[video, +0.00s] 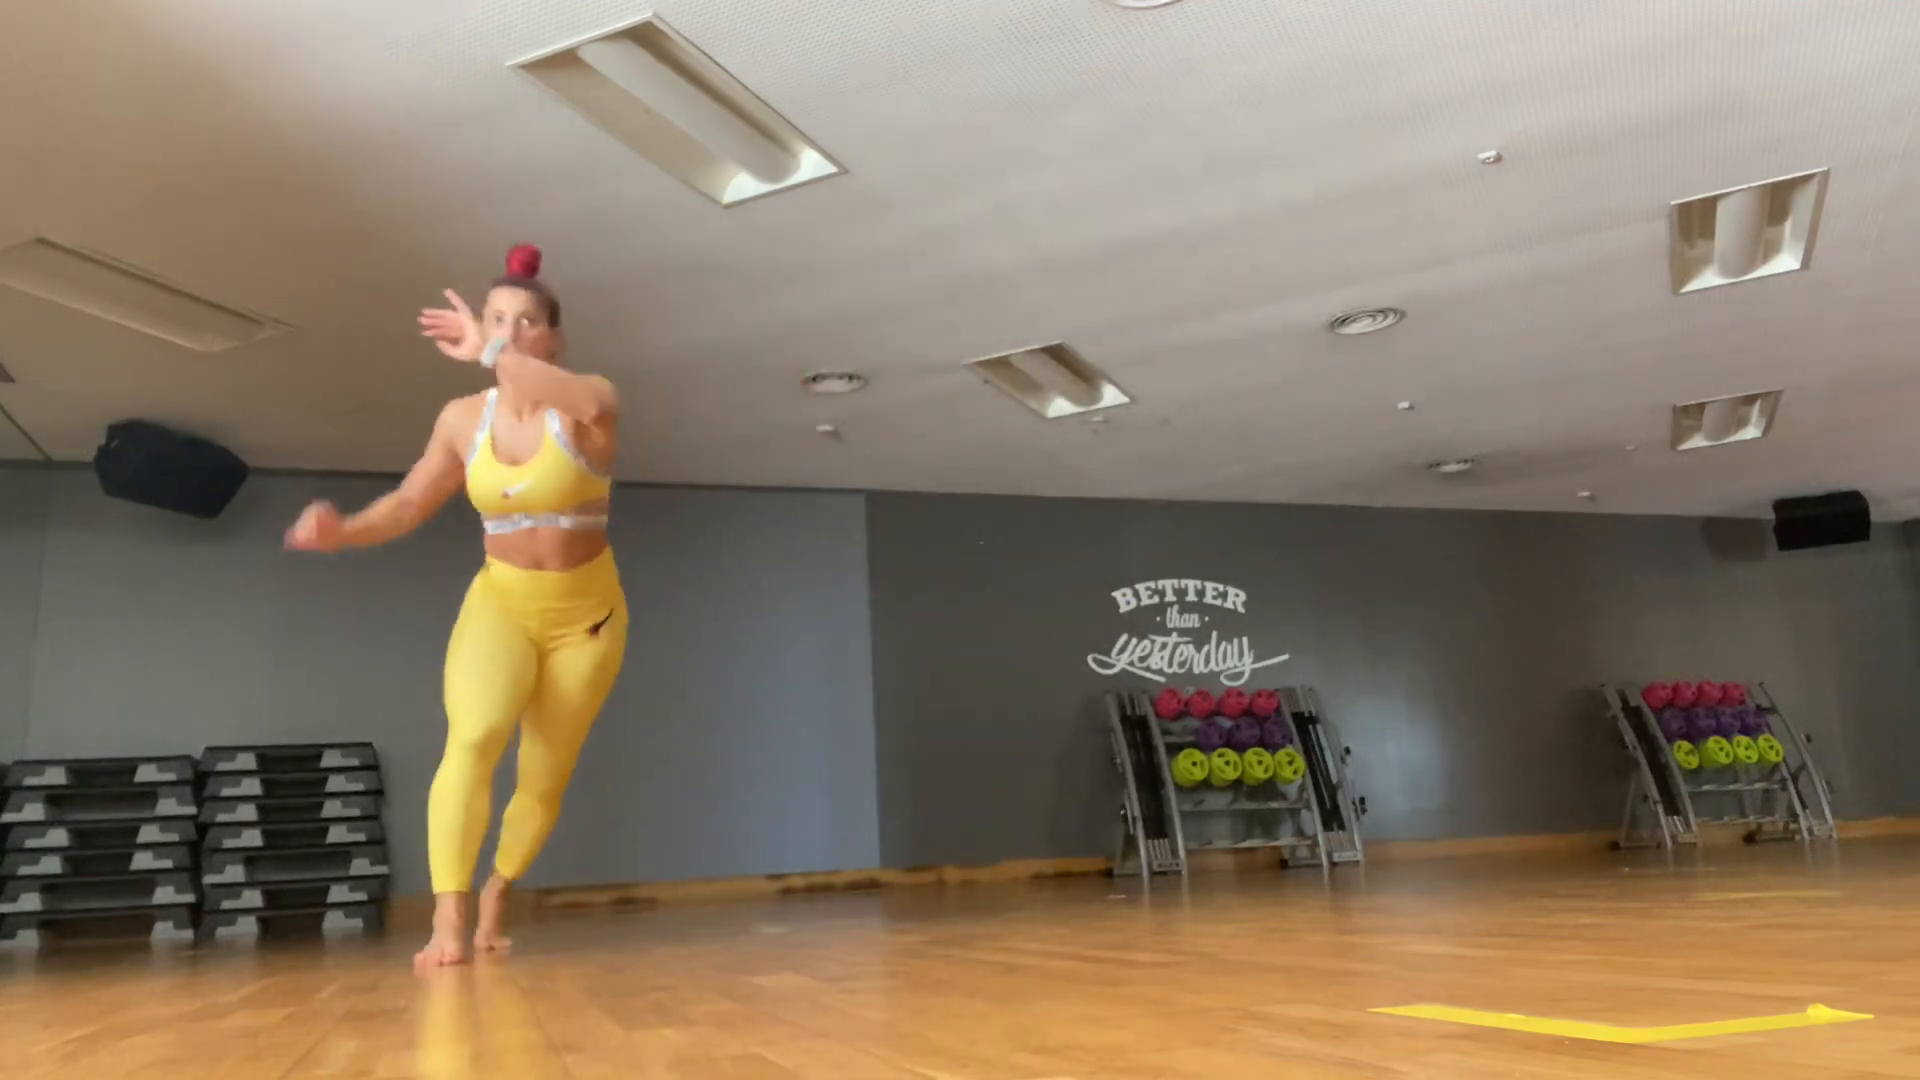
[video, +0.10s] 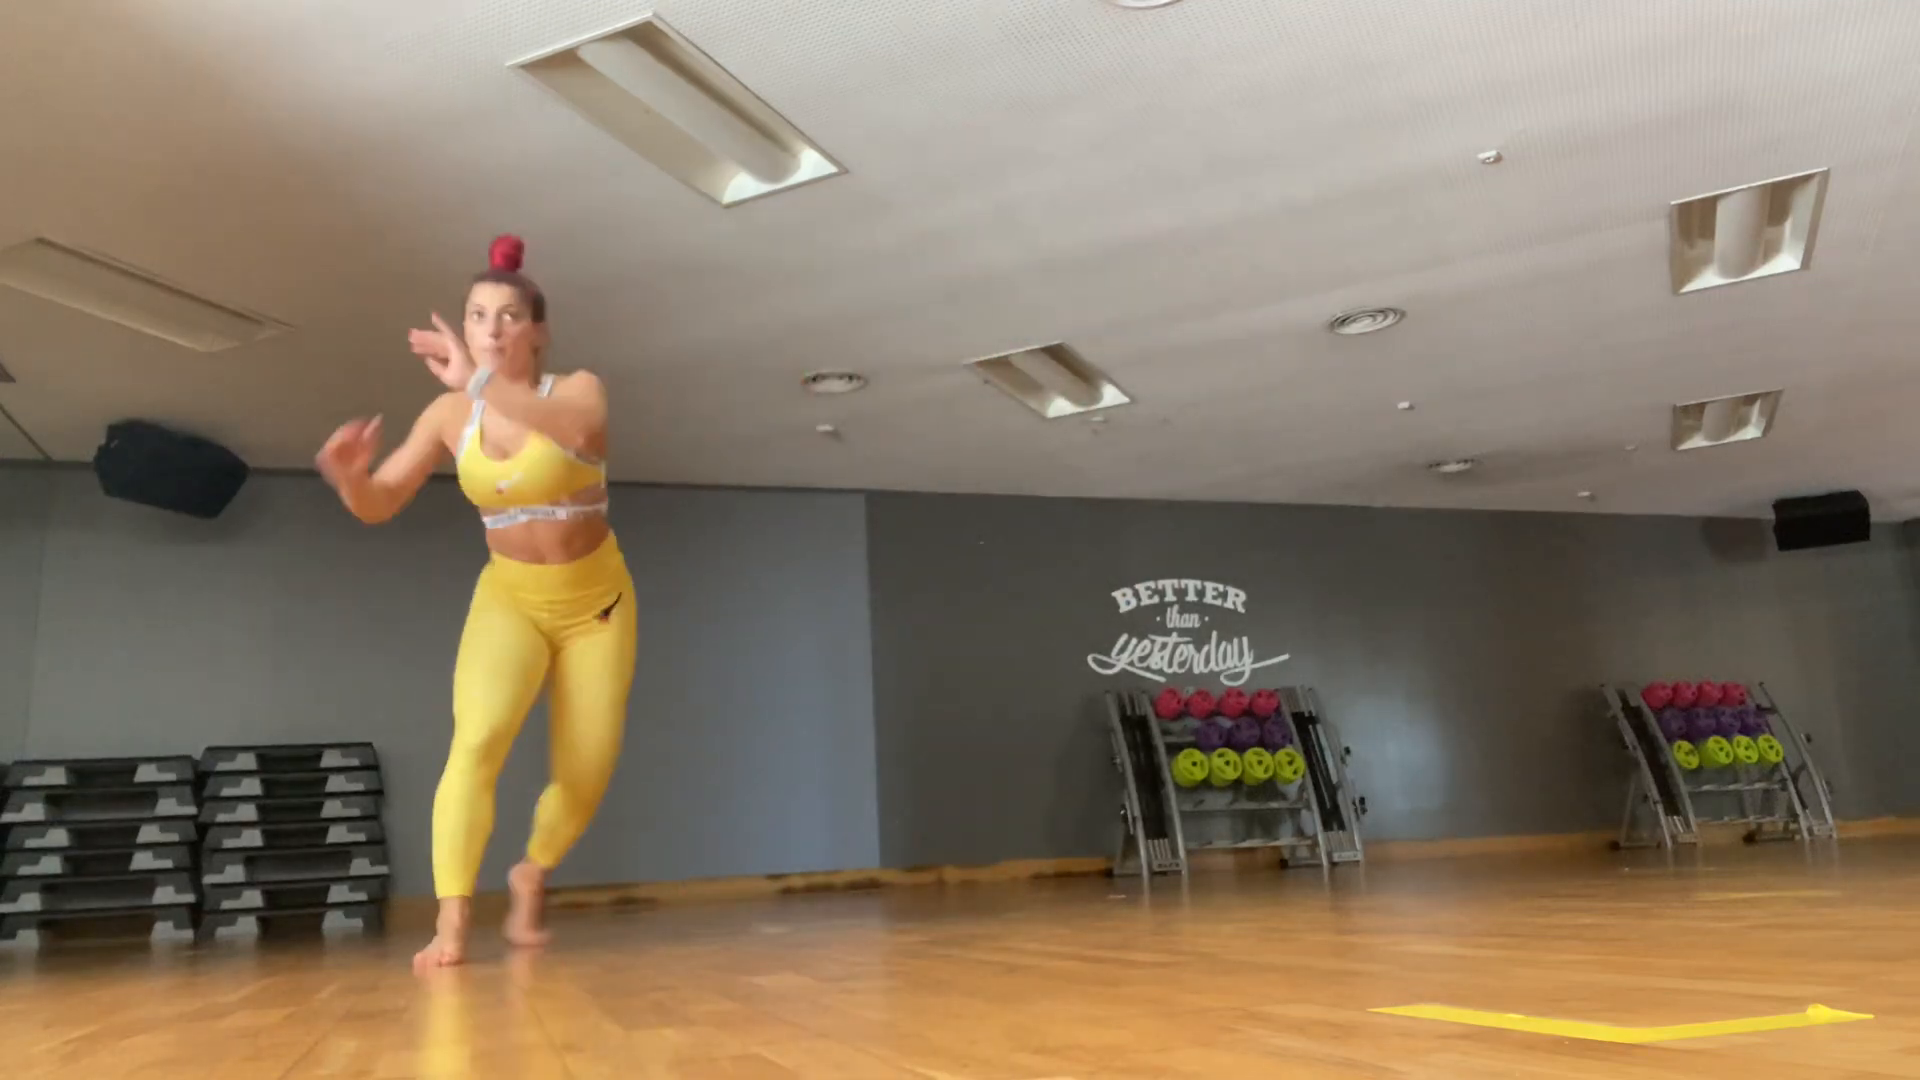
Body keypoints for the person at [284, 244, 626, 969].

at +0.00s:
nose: (505, 331)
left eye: (524, 320)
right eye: (495, 319)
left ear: (553, 335)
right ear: (483, 334)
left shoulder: (592, 401)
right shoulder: (462, 419)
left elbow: (574, 401)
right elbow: (410, 503)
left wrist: (492, 350)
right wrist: (345, 532)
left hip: (587, 612)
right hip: (500, 604)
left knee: (543, 780)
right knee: (473, 742)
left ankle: (498, 891)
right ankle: (450, 919)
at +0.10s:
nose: (492, 331)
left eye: (510, 316)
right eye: (478, 318)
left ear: (540, 331)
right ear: (461, 331)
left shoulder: (577, 390)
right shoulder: (450, 413)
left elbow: (577, 435)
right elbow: (380, 503)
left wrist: (474, 376)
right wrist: (350, 480)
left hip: (597, 597)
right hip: (509, 597)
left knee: (587, 775)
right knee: (475, 746)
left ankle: (532, 876)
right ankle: (451, 923)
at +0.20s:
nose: (497, 348)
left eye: (516, 335)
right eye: (485, 334)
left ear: (545, 354)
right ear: (467, 348)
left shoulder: (579, 418)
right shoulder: (452, 424)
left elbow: (575, 500)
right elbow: (381, 511)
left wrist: (498, 435)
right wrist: (422, 428)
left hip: (606, 602)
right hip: (515, 606)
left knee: (663, 757)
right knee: (471, 746)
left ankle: (635, 882)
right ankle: (453, 925)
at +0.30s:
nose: (529, 358)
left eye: (547, 346)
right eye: (519, 342)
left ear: (575, 364)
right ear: (500, 353)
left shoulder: (608, 431)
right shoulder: (468, 433)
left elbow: (602, 523)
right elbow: (433, 531)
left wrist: (525, 453)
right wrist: (471, 462)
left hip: (619, 604)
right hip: (524, 608)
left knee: (701, 734)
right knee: (476, 739)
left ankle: (719, 890)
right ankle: (454, 922)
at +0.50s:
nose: (699, 330)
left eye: (727, 330)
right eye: (707, 324)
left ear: (758, 364)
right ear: (689, 344)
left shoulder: (752, 436)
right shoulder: (621, 422)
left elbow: (773, 473)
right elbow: (542, 500)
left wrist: (725, 380)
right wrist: (515, 547)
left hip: (668, 620)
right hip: (580, 599)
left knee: (768, 721)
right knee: (513, 746)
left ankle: (783, 898)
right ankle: (462, 925)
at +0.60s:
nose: (822, 377)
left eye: (835, 368)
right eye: (812, 358)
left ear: (842, 389)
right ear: (779, 361)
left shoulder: (816, 465)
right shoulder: (705, 424)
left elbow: (875, 477)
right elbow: (596, 454)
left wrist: (853, 380)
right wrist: (556, 474)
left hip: (687, 626)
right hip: (615, 594)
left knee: (791, 723)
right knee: (578, 734)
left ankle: (785, 901)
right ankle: (481, 901)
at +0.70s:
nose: (931, 439)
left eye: (943, 439)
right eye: (927, 418)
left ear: (933, 459)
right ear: (891, 408)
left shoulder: (886, 515)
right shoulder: (815, 432)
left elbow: (975, 564)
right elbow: (713, 374)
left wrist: (1024, 506)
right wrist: (757, 340)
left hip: (710, 613)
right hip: (659, 580)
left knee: (803, 725)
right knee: (746, 716)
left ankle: (785, 902)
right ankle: (596, 854)